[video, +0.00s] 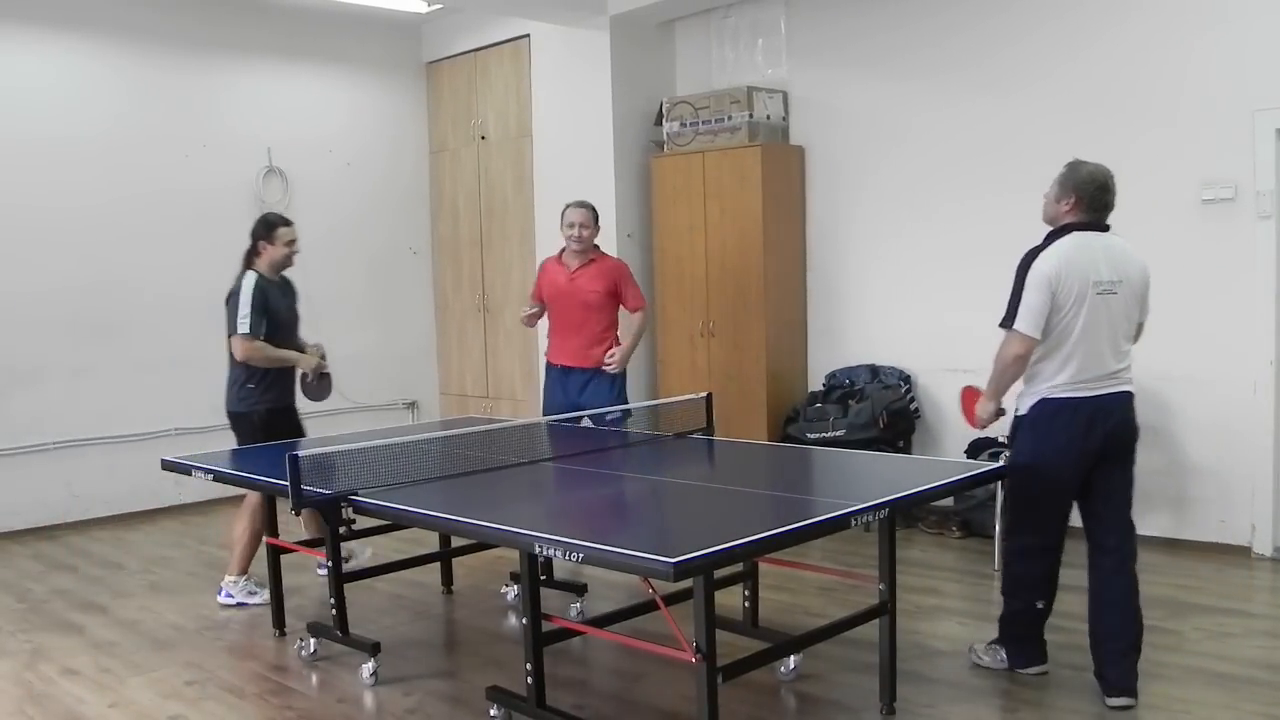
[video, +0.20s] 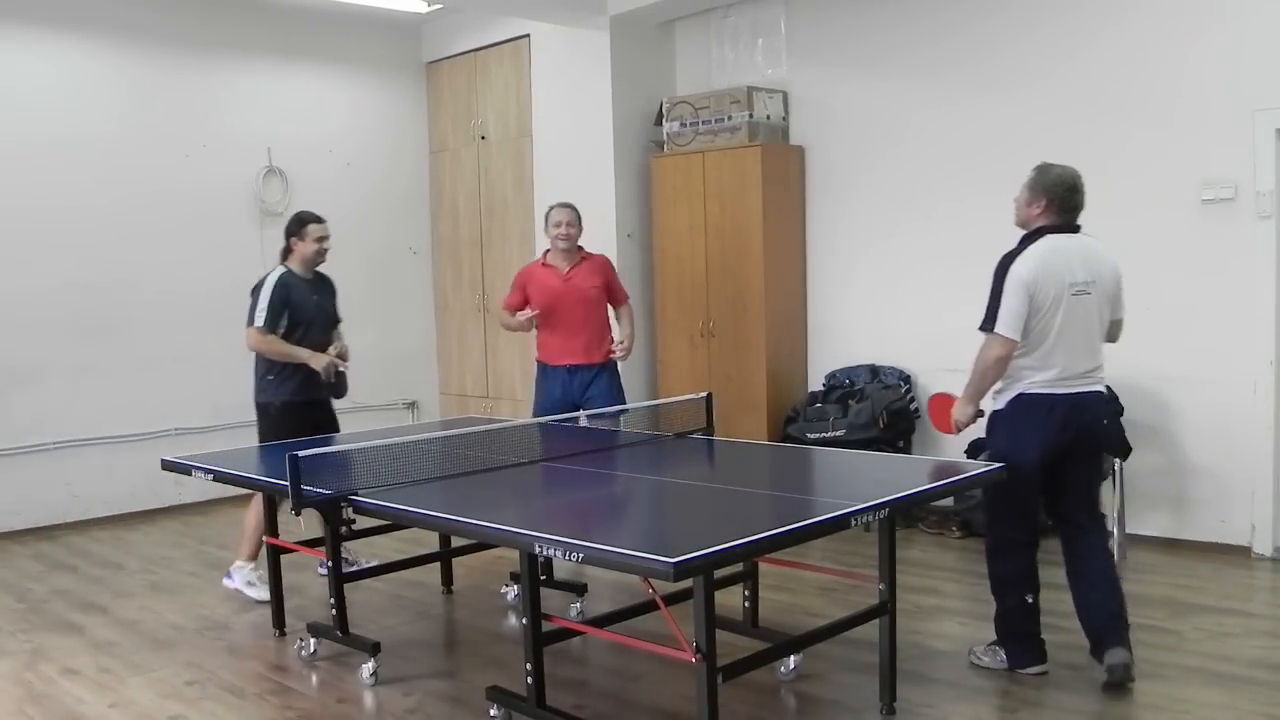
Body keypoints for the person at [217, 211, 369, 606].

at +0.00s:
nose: (294, 251)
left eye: (295, 244)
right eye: (288, 244)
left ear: (272, 247)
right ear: (263, 246)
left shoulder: (283, 285)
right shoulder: (249, 286)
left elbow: (283, 336)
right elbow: (243, 349)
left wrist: (309, 351)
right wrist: (298, 360)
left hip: (278, 403)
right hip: (254, 407)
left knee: (306, 481)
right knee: (261, 492)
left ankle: (328, 553)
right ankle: (234, 581)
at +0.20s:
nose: (326, 246)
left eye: (327, 240)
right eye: (319, 240)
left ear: (317, 243)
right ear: (295, 243)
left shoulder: (325, 284)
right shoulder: (275, 283)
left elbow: (330, 328)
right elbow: (257, 339)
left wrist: (339, 345)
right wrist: (309, 356)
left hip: (317, 400)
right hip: (280, 404)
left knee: (333, 477)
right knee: (271, 487)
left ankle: (333, 554)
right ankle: (243, 566)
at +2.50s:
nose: (272, 243)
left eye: (274, 236)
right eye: (262, 238)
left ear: (279, 238)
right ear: (243, 246)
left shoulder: (298, 279)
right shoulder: (229, 290)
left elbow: (317, 323)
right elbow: (214, 348)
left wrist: (311, 339)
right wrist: (263, 349)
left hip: (302, 402)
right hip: (255, 408)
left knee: (326, 474)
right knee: (257, 488)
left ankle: (342, 549)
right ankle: (267, 565)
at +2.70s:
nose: (275, 246)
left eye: (278, 239)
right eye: (265, 242)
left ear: (283, 241)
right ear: (246, 248)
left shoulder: (302, 281)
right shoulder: (231, 292)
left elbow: (321, 324)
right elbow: (215, 349)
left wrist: (313, 345)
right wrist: (263, 353)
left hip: (305, 402)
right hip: (257, 409)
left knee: (330, 473)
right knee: (258, 488)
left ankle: (345, 547)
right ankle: (267, 565)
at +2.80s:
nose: (282, 248)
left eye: (285, 240)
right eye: (273, 243)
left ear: (290, 242)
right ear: (254, 249)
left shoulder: (308, 282)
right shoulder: (238, 292)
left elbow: (328, 326)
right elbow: (220, 348)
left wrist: (318, 349)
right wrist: (266, 353)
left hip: (309, 403)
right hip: (261, 409)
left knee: (332, 472)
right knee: (259, 488)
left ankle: (348, 543)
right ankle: (266, 565)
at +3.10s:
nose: (329, 255)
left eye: (332, 249)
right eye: (320, 250)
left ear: (336, 252)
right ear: (300, 253)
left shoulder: (345, 294)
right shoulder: (277, 292)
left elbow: (360, 340)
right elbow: (251, 342)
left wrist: (347, 357)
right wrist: (291, 353)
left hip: (329, 406)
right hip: (281, 408)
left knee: (351, 475)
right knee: (270, 488)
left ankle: (355, 546)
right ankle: (265, 563)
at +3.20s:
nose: (341, 260)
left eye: (345, 254)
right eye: (334, 254)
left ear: (349, 256)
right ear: (312, 257)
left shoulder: (354, 298)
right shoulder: (285, 294)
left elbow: (367, 343)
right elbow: (259, 343)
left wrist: (356, 361)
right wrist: (303, 354)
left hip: (332, 403)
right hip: (284, 404)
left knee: (355, 471)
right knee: (265, 480)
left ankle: (354, 543)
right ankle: (247, 559)